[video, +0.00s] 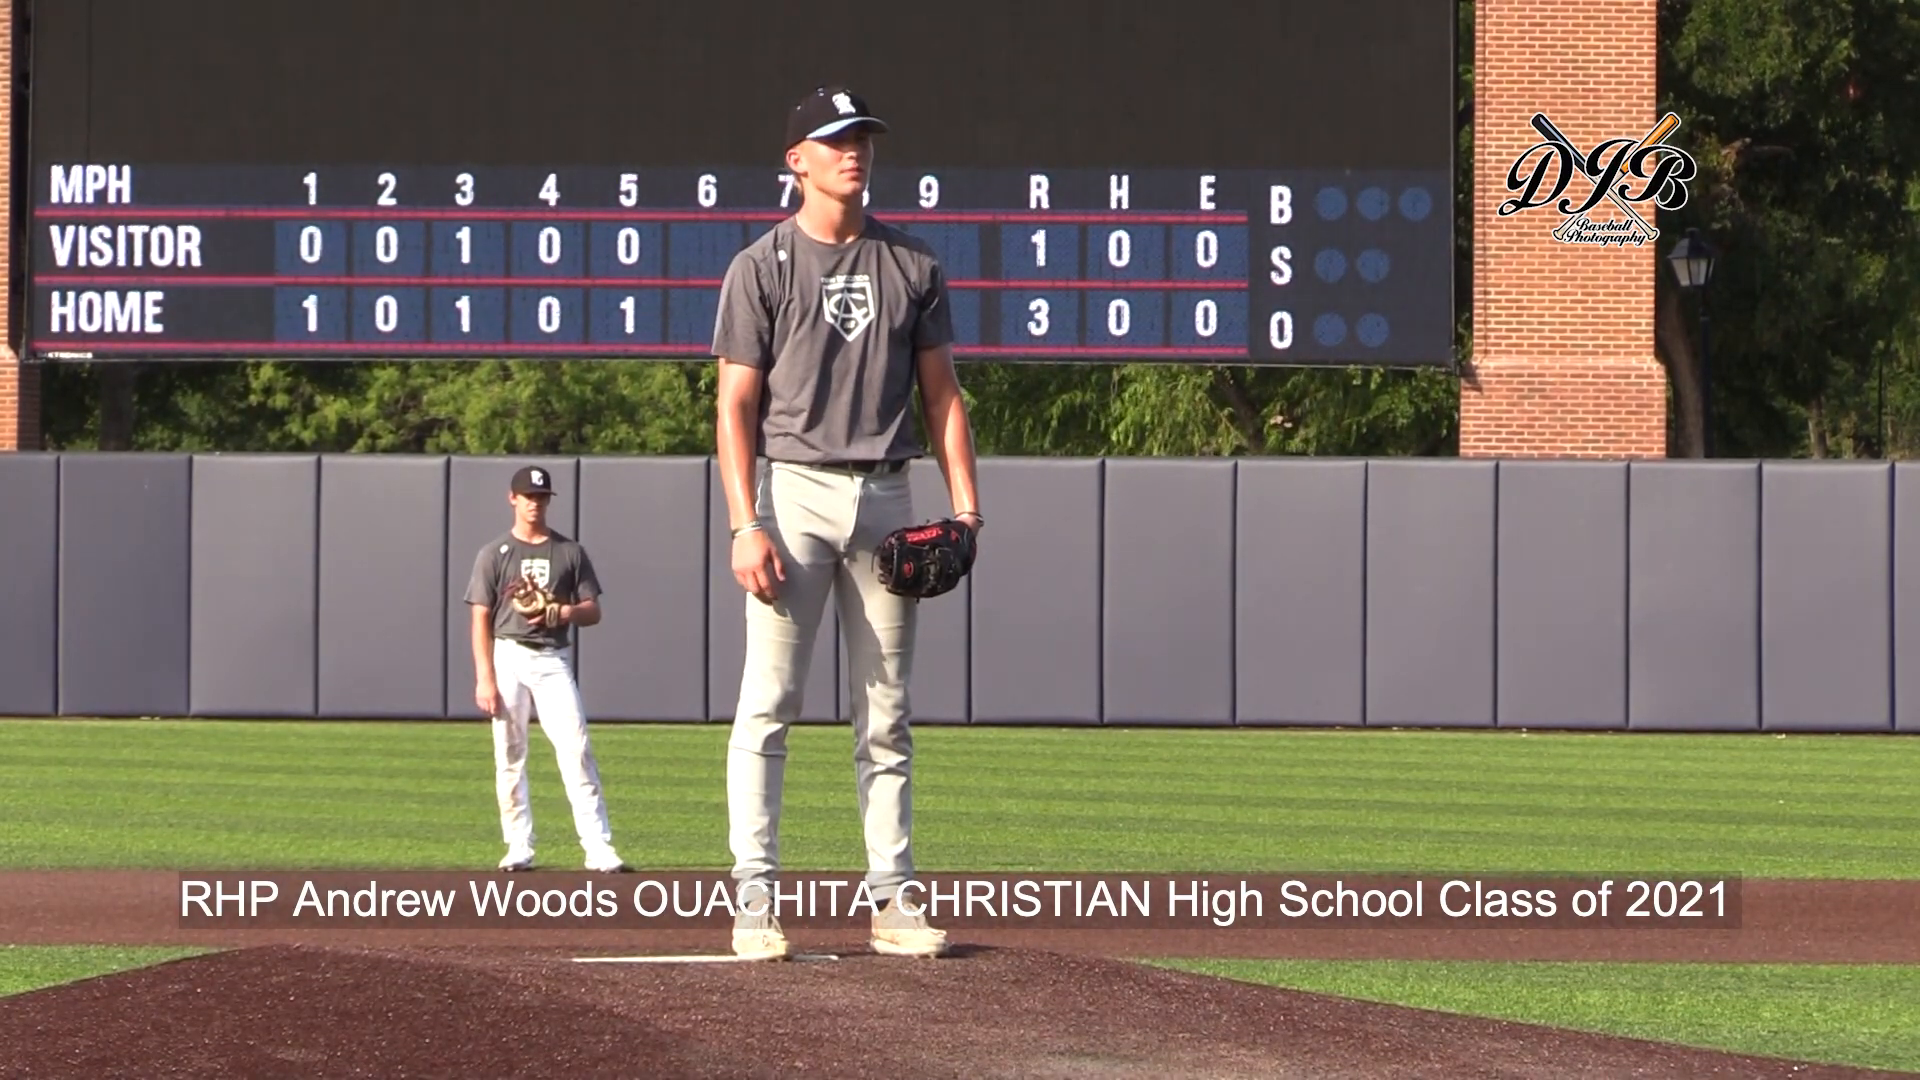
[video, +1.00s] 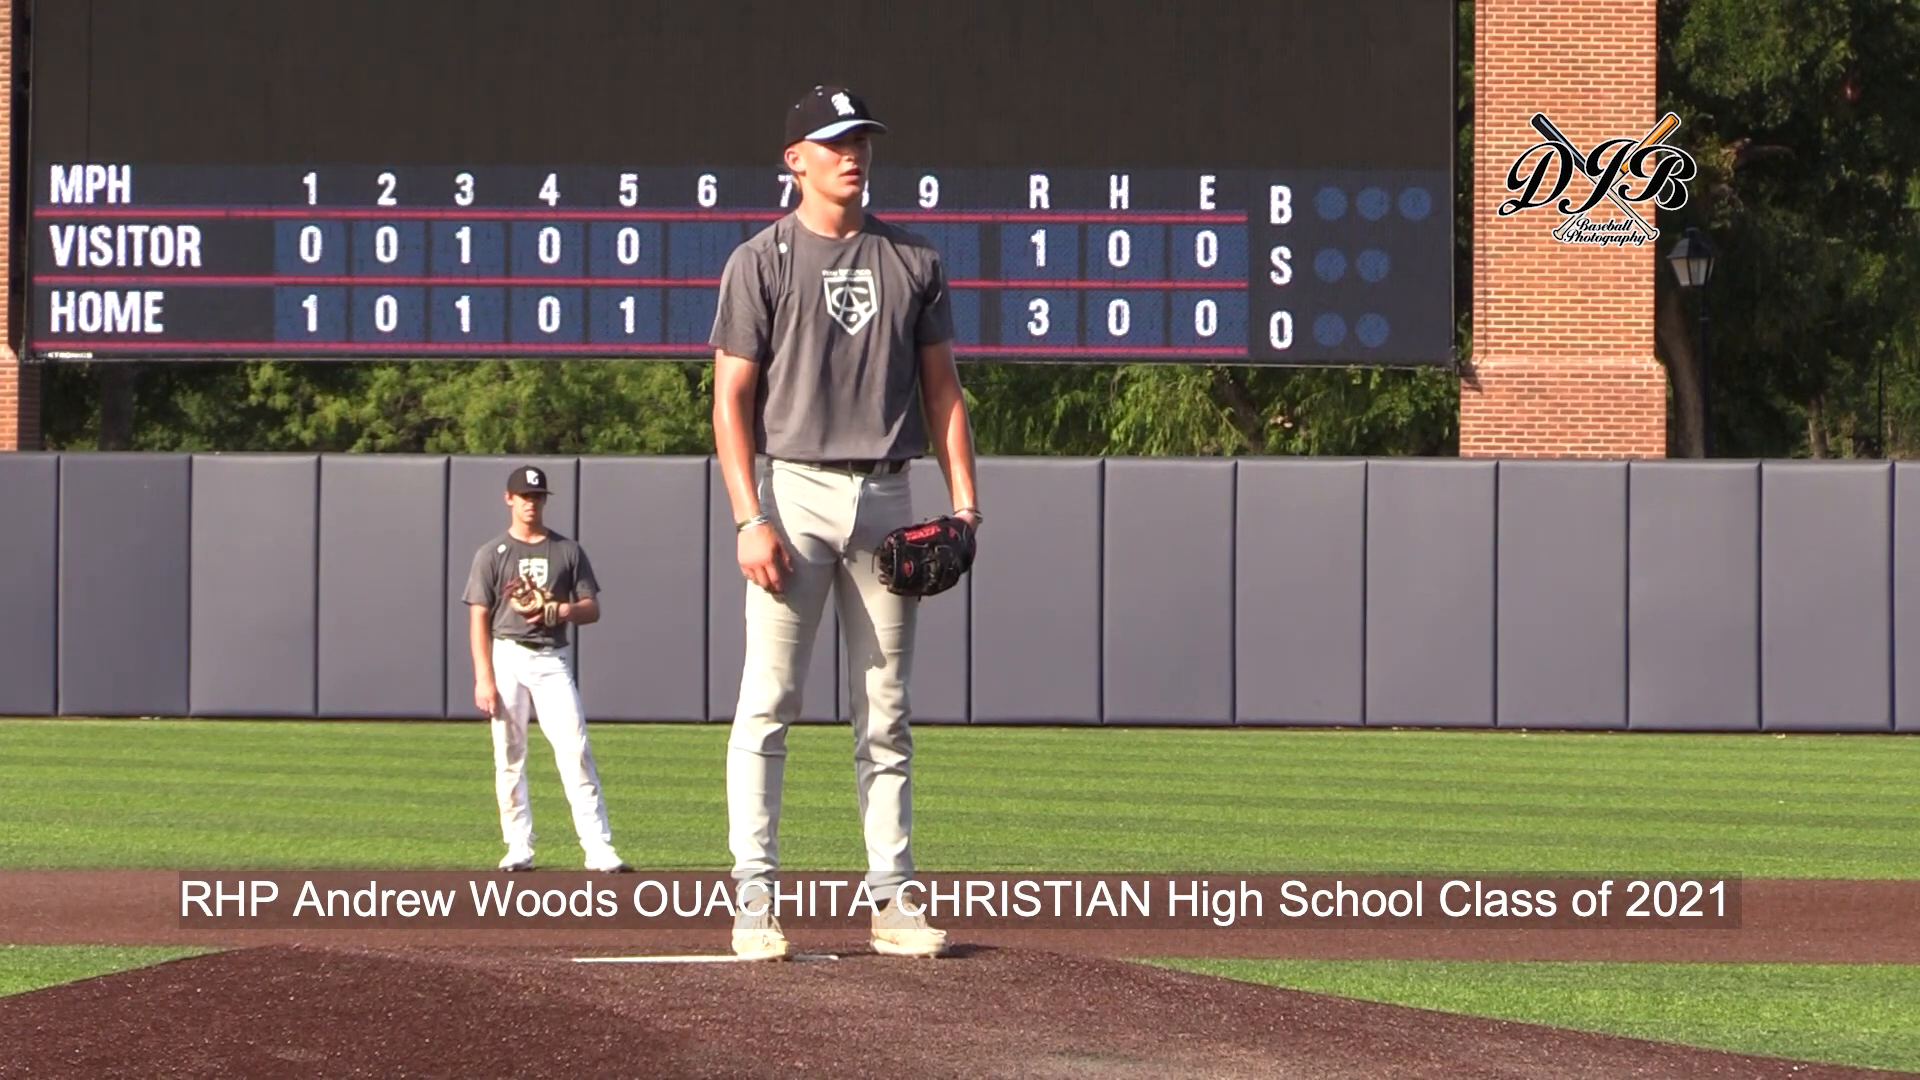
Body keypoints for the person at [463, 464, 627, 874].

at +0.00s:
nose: (535, 504)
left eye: (541, 497)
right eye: (528, 497)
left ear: (549, 500)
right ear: (513, 499)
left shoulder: (571, 552)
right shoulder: (493, 555)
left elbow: (592, 611)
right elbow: (480, 621)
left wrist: (560, 612)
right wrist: (485, 679)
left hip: (553, 659)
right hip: (506, 657)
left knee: (577, 749)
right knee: (509, 756)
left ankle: (600, 851)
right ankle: (518, 850)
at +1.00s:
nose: (532, 504)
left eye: (538, 497)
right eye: (525, 497)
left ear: (546, 500)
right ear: (509, 500)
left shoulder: (569, 551)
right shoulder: (491, 555)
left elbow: (591, 610)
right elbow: (479, 620)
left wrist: (558, 609)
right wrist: (483, 678)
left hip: (552, 658)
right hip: (505, 657)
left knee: (576, 750)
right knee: (509, 757)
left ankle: (600, 852)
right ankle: (519, 851)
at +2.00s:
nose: (536, 501)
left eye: (542, 494)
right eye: (529, 494)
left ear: (550, 498)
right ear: (514, 497)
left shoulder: (573, 547)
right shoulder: (493, 550)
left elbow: (594, 598)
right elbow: (478, 610)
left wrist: (571, 616)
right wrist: (487, 668)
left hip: (559, 657)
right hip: (512, 656)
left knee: (579, 742)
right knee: (513, 756)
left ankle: (585, 842)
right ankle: (519, 848)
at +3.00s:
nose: (586, 504)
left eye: (592, 497)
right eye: (579, 497)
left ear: (601, 499)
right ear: (565, 497)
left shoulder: (618, 554)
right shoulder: (539, 545)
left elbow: (636, 611)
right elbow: (518, 603)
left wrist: (607, 620)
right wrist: (518, 663)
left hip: (594, 660)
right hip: (548, 655)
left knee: (587, 757)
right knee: (534, 751)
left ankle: (578, 850)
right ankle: (522, 844)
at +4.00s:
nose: (532, 512)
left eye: (537, 505)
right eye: (524, 506)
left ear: (547, 508)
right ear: (509, 510)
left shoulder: (575, 548)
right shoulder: (497, 561)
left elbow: (602, 585)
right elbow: (481, 619)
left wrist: (587, 629)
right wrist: (478, 679)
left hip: (571, 666)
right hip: (523, 666)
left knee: (598, 752)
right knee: (516, 763)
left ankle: (601, 842)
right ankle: (516, 855)